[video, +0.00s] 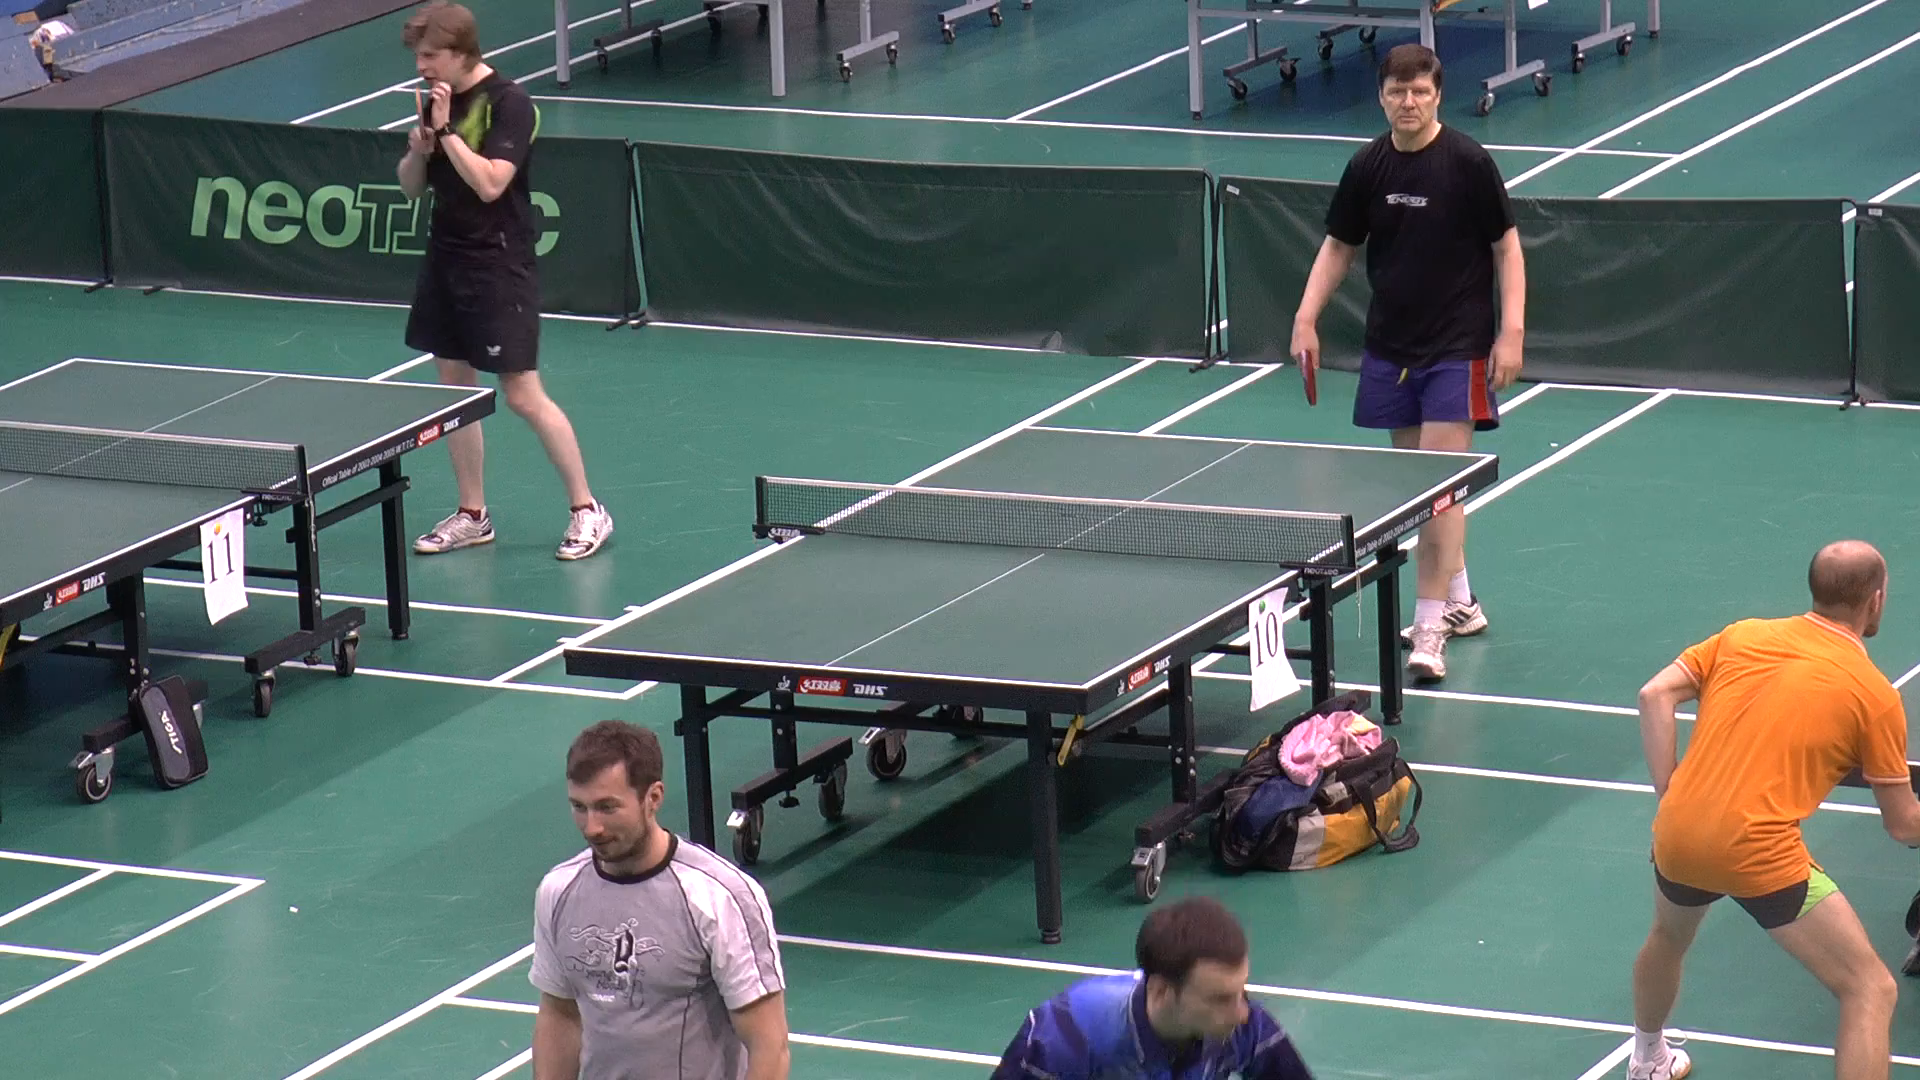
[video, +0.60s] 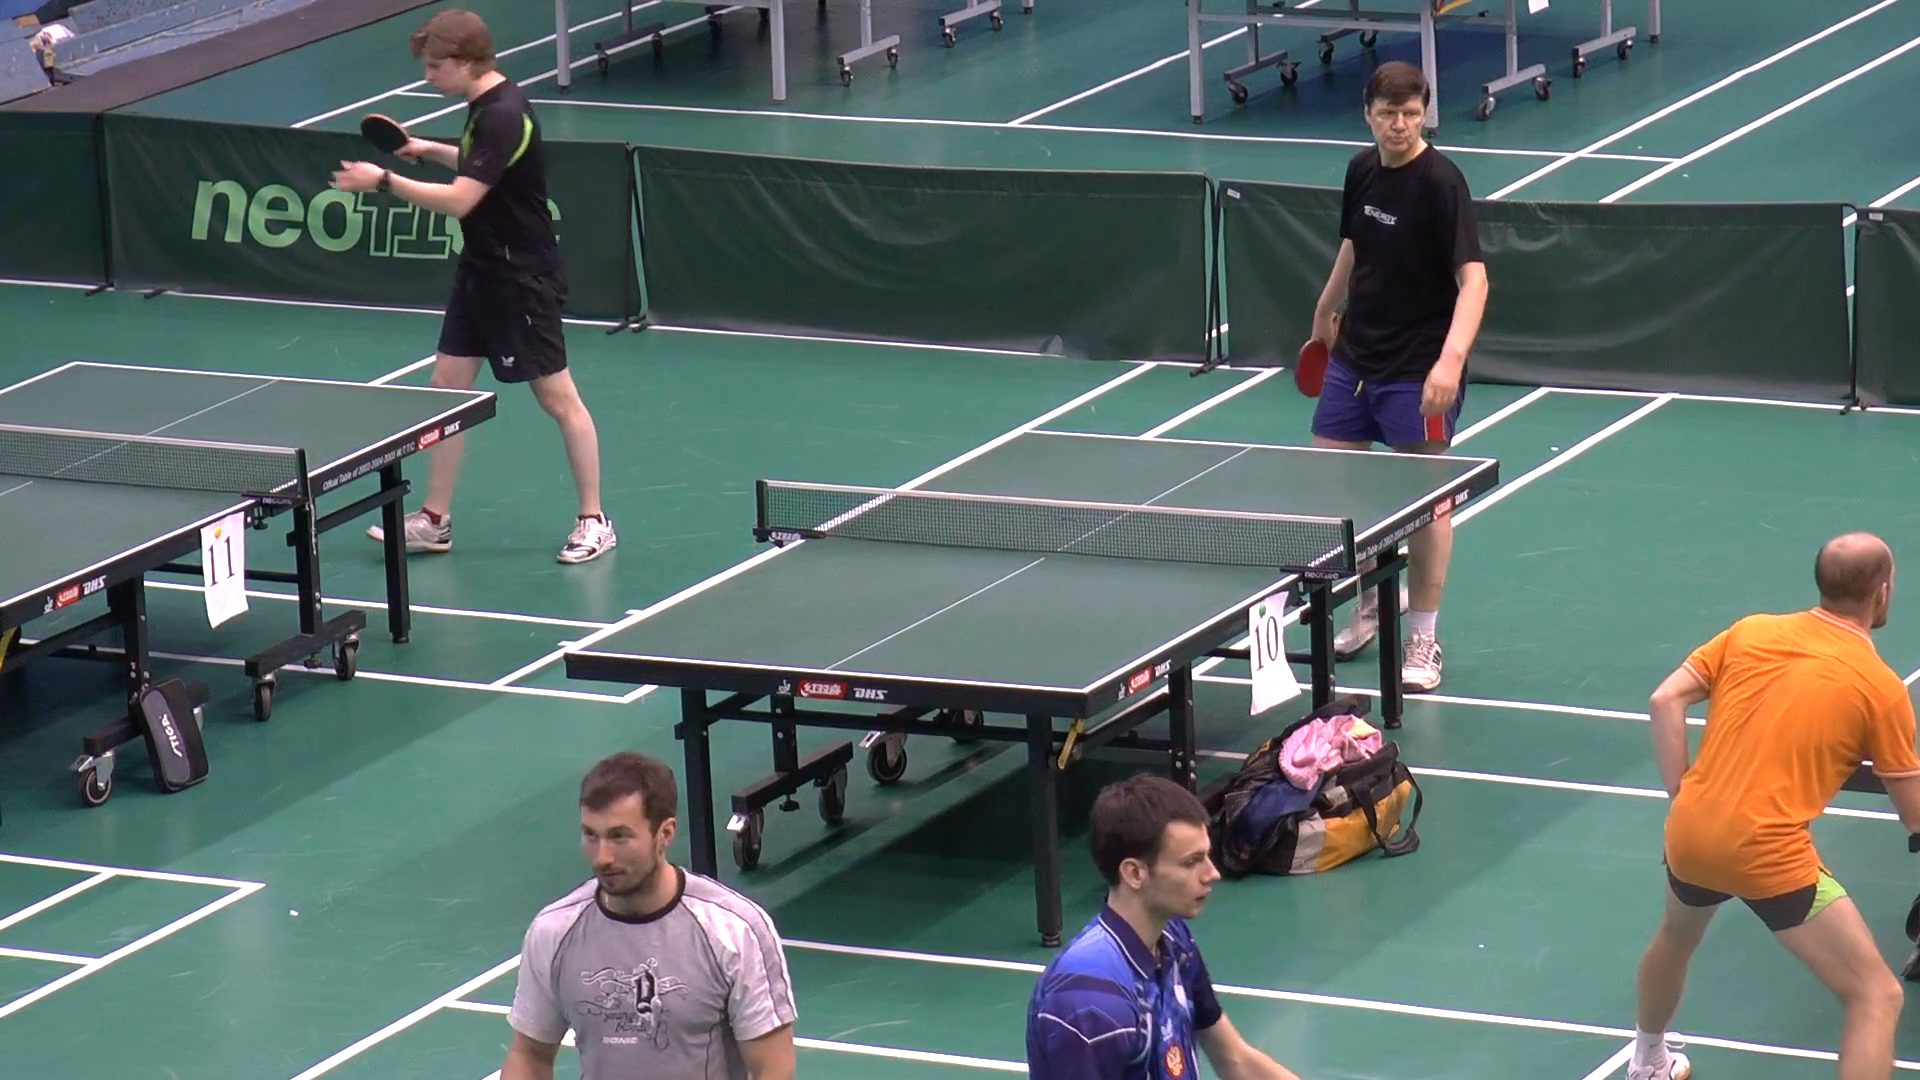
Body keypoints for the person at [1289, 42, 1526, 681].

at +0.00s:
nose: (1408, 102)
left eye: (1419, 91)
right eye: (1397, 92)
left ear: (1438, 95)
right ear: (1383, 97)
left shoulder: (1470, 163)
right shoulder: (1366, 167)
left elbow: (1507, 248)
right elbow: (1337, 247)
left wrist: (1512, 333)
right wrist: (1305, 316)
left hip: (1457, 345)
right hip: (1389, 346)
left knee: (1436, 484)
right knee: (1420, 484)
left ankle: (1429, 625)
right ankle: (1459, 599)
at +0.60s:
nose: (1399, 124)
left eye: (1410, 114)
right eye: (1387, 114)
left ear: (1426, 114)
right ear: (1370, 115)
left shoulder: (1444, 182)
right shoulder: (1360, 168)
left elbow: (1475, 282)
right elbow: (1354, 246)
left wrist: (1450, 364)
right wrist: (1327, 307)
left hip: (1415, 372)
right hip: (1352, 361)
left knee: (1426, 501)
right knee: (1325, 476)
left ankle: (1423, 636)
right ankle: (1371, 597)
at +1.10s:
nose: (1347, 108)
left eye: (1356, 98)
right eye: (1335, 101)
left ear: (1372, 105)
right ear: (1316, 112)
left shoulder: (1407, 176)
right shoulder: (1297, 182)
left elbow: (1446, 260)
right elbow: (1273, 262)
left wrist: (1479, 342)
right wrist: (1244, 338)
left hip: (1400, 364)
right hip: (1324, 368)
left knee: (1411, 499)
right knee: (1318, 495)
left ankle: (1417, 637)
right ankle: (1360, 614)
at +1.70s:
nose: (1315, 107)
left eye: (1323, 96)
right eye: (1302, 101)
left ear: (1341, 102)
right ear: (1287, 115)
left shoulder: (1389, 157)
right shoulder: (1282, 192)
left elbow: (1441, 232)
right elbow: (1266, 279)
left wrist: (1474, 310)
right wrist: (1255, 360)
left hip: (1417, 348)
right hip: (1338, 361)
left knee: (1455, 479)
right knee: (1345, 494)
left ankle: (1493, 601)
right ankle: (1361, 621)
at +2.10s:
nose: (1391, 100)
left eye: (1403, 90)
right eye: (1381, 90)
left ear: (1423, 97)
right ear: (1367, 99)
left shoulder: (1458, 160)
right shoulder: (1355, 172)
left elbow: (1499, 243)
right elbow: (1337, 257)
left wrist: (1475, 323)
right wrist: (1306, 333)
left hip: (1454, 354)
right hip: (1379, 353)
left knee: (1479, 478)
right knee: (1366, 484)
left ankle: (1497, 595)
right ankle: (1365, 615)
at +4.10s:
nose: (1424, 97)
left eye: (1437, 89)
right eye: (1418, 86)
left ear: (1465, 91)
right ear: (1409, 86)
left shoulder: (1497, 154)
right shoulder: (1389, 157)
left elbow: (1524, 245)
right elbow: (1368, 234)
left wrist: (1523, 333)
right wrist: (1358, 278)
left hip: (1481, 344)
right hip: (1402, 343)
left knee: (1492, 474)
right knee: (1387, 475)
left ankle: (1495, 593)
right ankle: (1377, 593)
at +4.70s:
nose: (1473, 109)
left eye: (1485, 99)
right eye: (1466, 98)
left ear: (1515, 94)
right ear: (1458, 95)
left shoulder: (1553, 154)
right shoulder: (1440, 161)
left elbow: (1581, 239)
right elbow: (1414, 243)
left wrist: (1600, 323)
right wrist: (1424, 289)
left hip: (1533, 340)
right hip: (1461, 339)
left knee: (1518, 467)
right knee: (1464, 470)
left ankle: (1500, 587)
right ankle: (1471, 612)